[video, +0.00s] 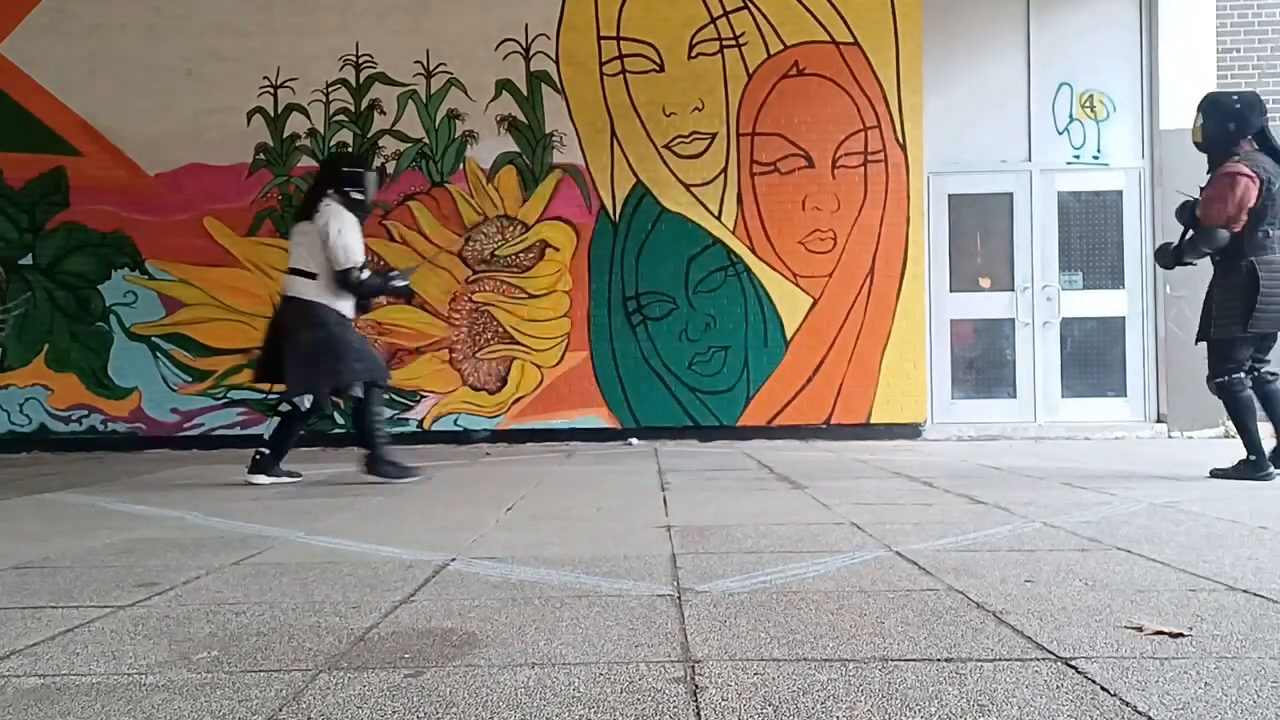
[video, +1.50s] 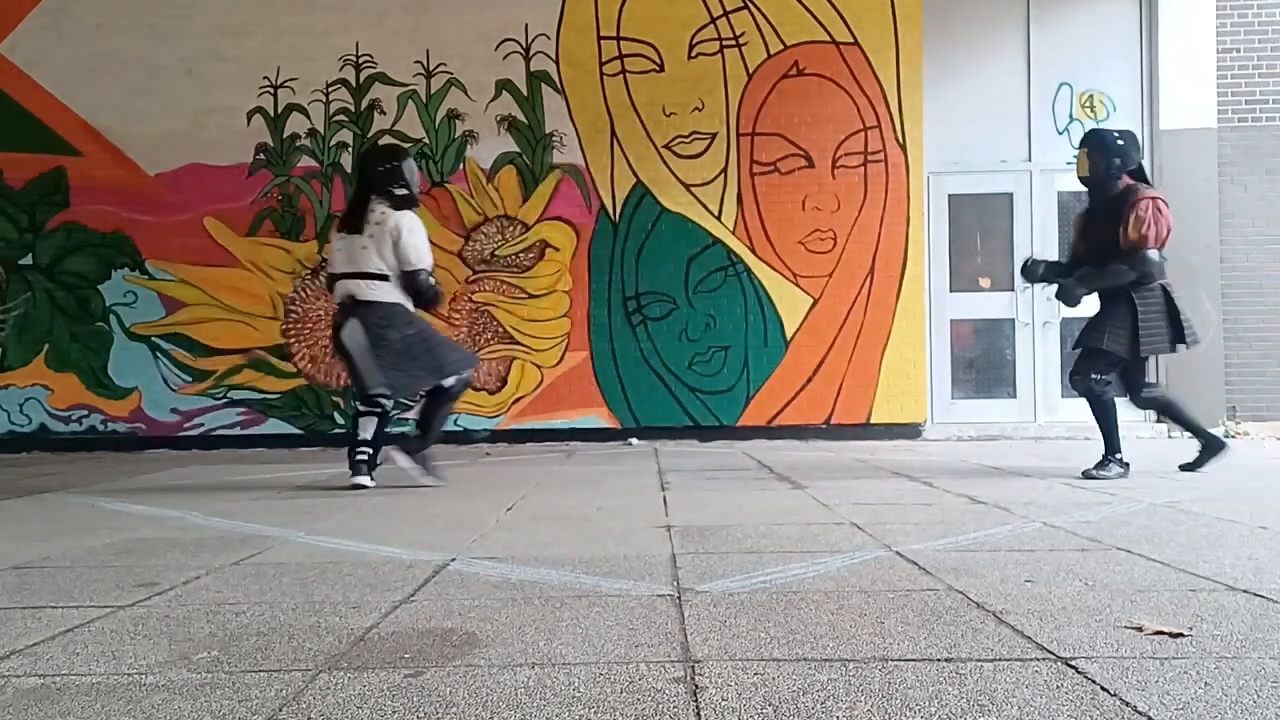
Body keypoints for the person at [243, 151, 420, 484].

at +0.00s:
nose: (368, 193)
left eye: (368, 184)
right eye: (364, 184)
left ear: (330, 185)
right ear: (347, 186)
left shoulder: (308, 220)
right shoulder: (340, 219)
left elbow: (321, 284)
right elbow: (353, 278)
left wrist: (367, 289)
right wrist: (390, 284)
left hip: (293, 318)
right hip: (320, 321)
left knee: (308, 395)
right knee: (372, 374)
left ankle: (266, 462)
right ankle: (378, 457)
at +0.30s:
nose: (315, 179)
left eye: (315, 172)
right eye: (312, 171)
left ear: (266, 171)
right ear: (300, 173)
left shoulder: (240, 206)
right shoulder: (302, 214)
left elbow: (210, 258)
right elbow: (314, 276)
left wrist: (246, 275)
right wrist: (305, 314)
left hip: (234, 308)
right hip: (269, 311)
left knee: (268, 385)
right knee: (265, 394)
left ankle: (259, 462)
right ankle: (219, 466)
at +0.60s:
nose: (278, 176)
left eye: (276, 168)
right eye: (272, 169)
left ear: (228, 172)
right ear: (259, 173)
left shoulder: (206, 209)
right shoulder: (264, 216)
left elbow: (179, 265)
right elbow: (275, 281)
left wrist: (214, 281)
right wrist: (289, 300)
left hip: (197, 315)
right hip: (238, 317)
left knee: (201, 394)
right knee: (272, 393)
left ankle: (165, 466)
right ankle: (219, 466)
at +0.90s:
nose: (276, 196)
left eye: (275, 188)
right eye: (272, 189)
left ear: (229, 193)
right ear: (257, 194)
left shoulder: (202, 229)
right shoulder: (261, 235)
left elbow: (171, 280)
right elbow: (272, 300)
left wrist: (206, 298)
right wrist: (276, 343)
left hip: (197, 328)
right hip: (236, 330)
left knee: (204, 405)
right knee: (310, 372)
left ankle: (163, 471)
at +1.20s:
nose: (346, 191)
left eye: (341, 183)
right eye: (339, 184)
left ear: (298, 193)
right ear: (326, 192)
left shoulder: (278, 233)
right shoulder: (331, 233)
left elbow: (260, 290)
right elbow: (343, 294)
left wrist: (302, 291)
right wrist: (363, 309)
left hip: (281, 332)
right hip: (321, 333)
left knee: (243, 405)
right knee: (384, 379)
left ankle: (183, 464)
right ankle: (389, 465)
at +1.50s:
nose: (416, 179)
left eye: (412, 170)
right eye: (409, 171)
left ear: (365, 178)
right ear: (395, 178)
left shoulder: (344, 220)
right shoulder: (402, 219)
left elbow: (333, 281)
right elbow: (418, 284)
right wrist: (434, 295)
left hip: (346, 318)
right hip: (388, 317)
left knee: (375, 391)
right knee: (458, 370)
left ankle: (361, 467)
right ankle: (417, 447)